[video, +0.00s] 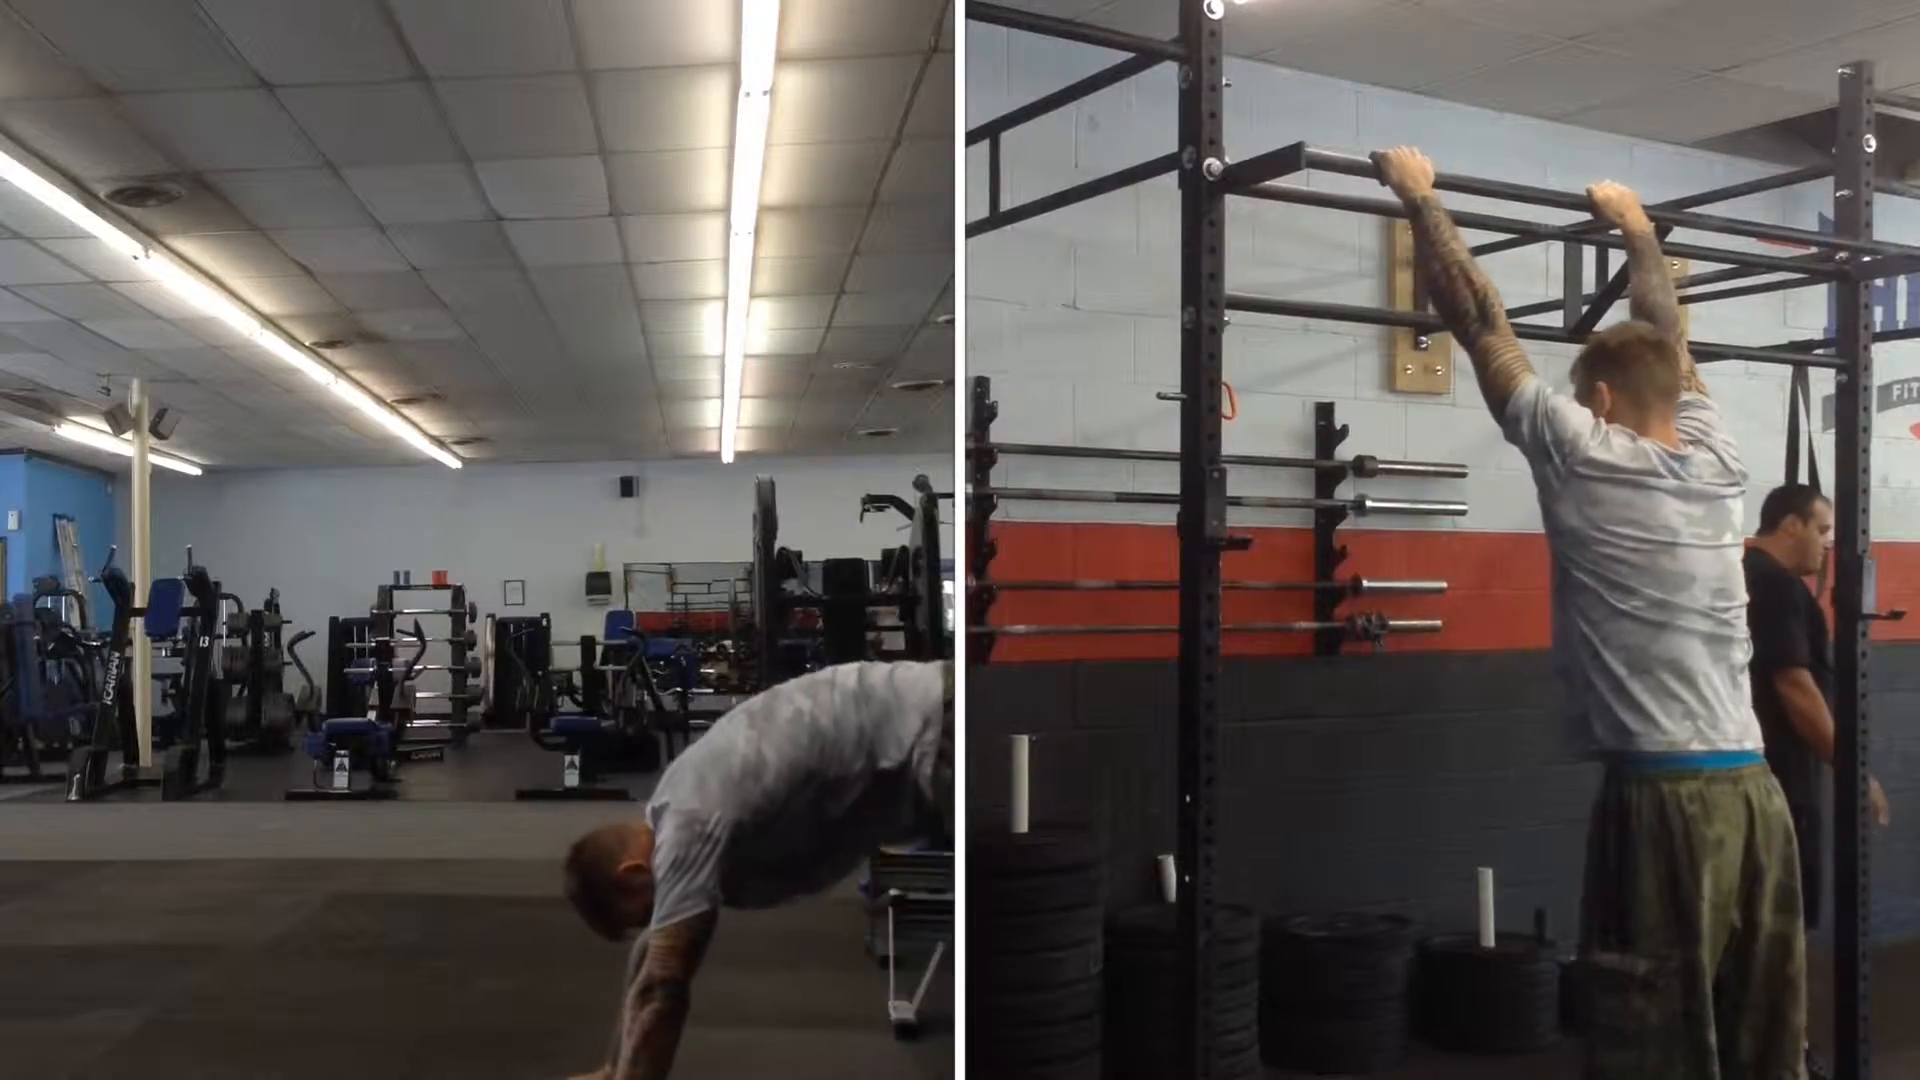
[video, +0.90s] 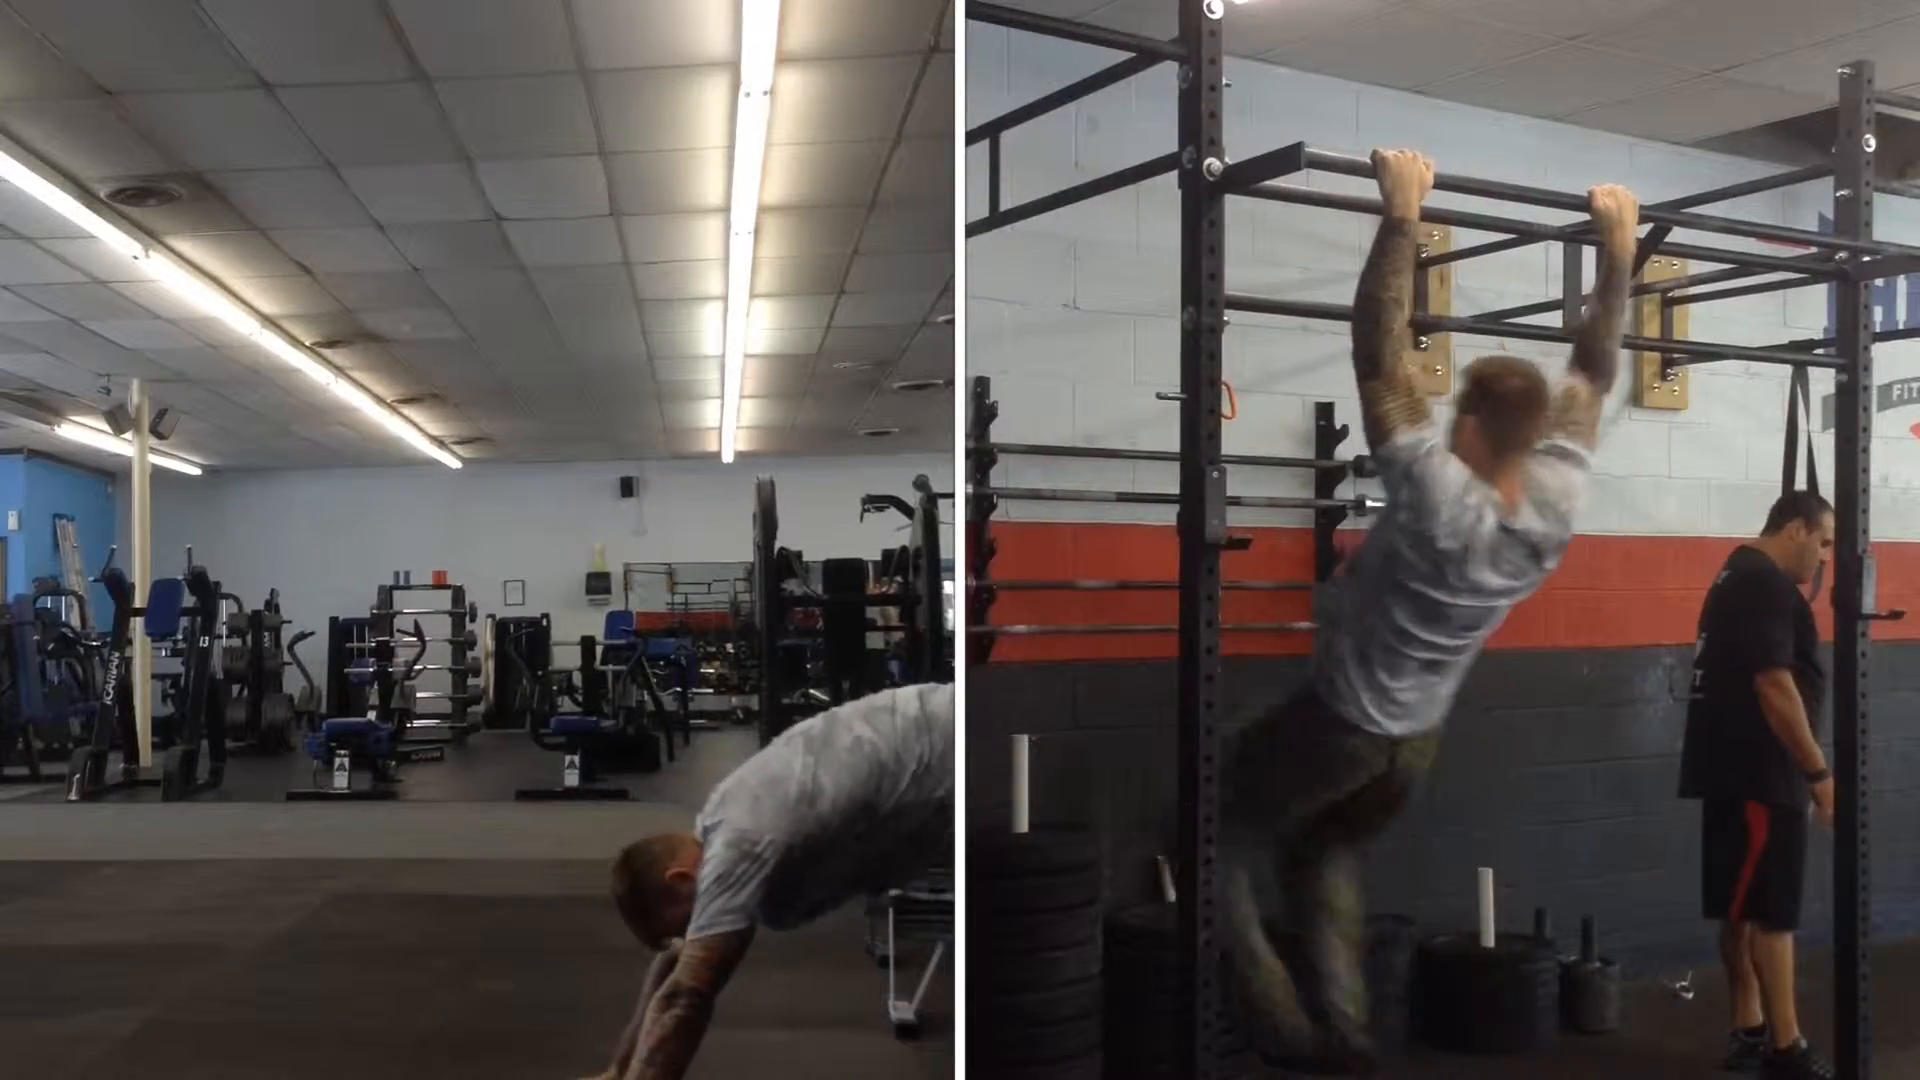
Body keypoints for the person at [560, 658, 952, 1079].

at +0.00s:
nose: (650, 919)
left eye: (638, 917)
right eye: (638, 924)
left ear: (633, 875)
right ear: (634, 859)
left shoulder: (691, 819)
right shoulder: (675, 812)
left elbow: (662, 989)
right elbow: (649, 965)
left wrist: (628, 1074)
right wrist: (614, 1068)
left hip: (947, 728)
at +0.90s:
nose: (691, 933)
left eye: (684, 927)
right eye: (681, 934)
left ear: (682, 882)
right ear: (682, 873)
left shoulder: (740, 838)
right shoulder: (717, 830)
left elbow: (686, 1000)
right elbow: (672, 964)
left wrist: (637, 1074)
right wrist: (620, 1068)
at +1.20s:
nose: (727, 963)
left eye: (722, 951)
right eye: (715, 960)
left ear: (724, 903)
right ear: (727, 892)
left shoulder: (790, 862)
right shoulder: (748, 852)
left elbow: (712, 1021)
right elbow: (691, 973)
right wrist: (624, 1069)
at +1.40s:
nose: (745, 975)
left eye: (736, 968)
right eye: (734, 972)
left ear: (742, 927)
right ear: (738, 919)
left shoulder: (804, 881)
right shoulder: (767, 862)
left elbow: (721, 1030)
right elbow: (698, 983)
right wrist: (625, 1069)